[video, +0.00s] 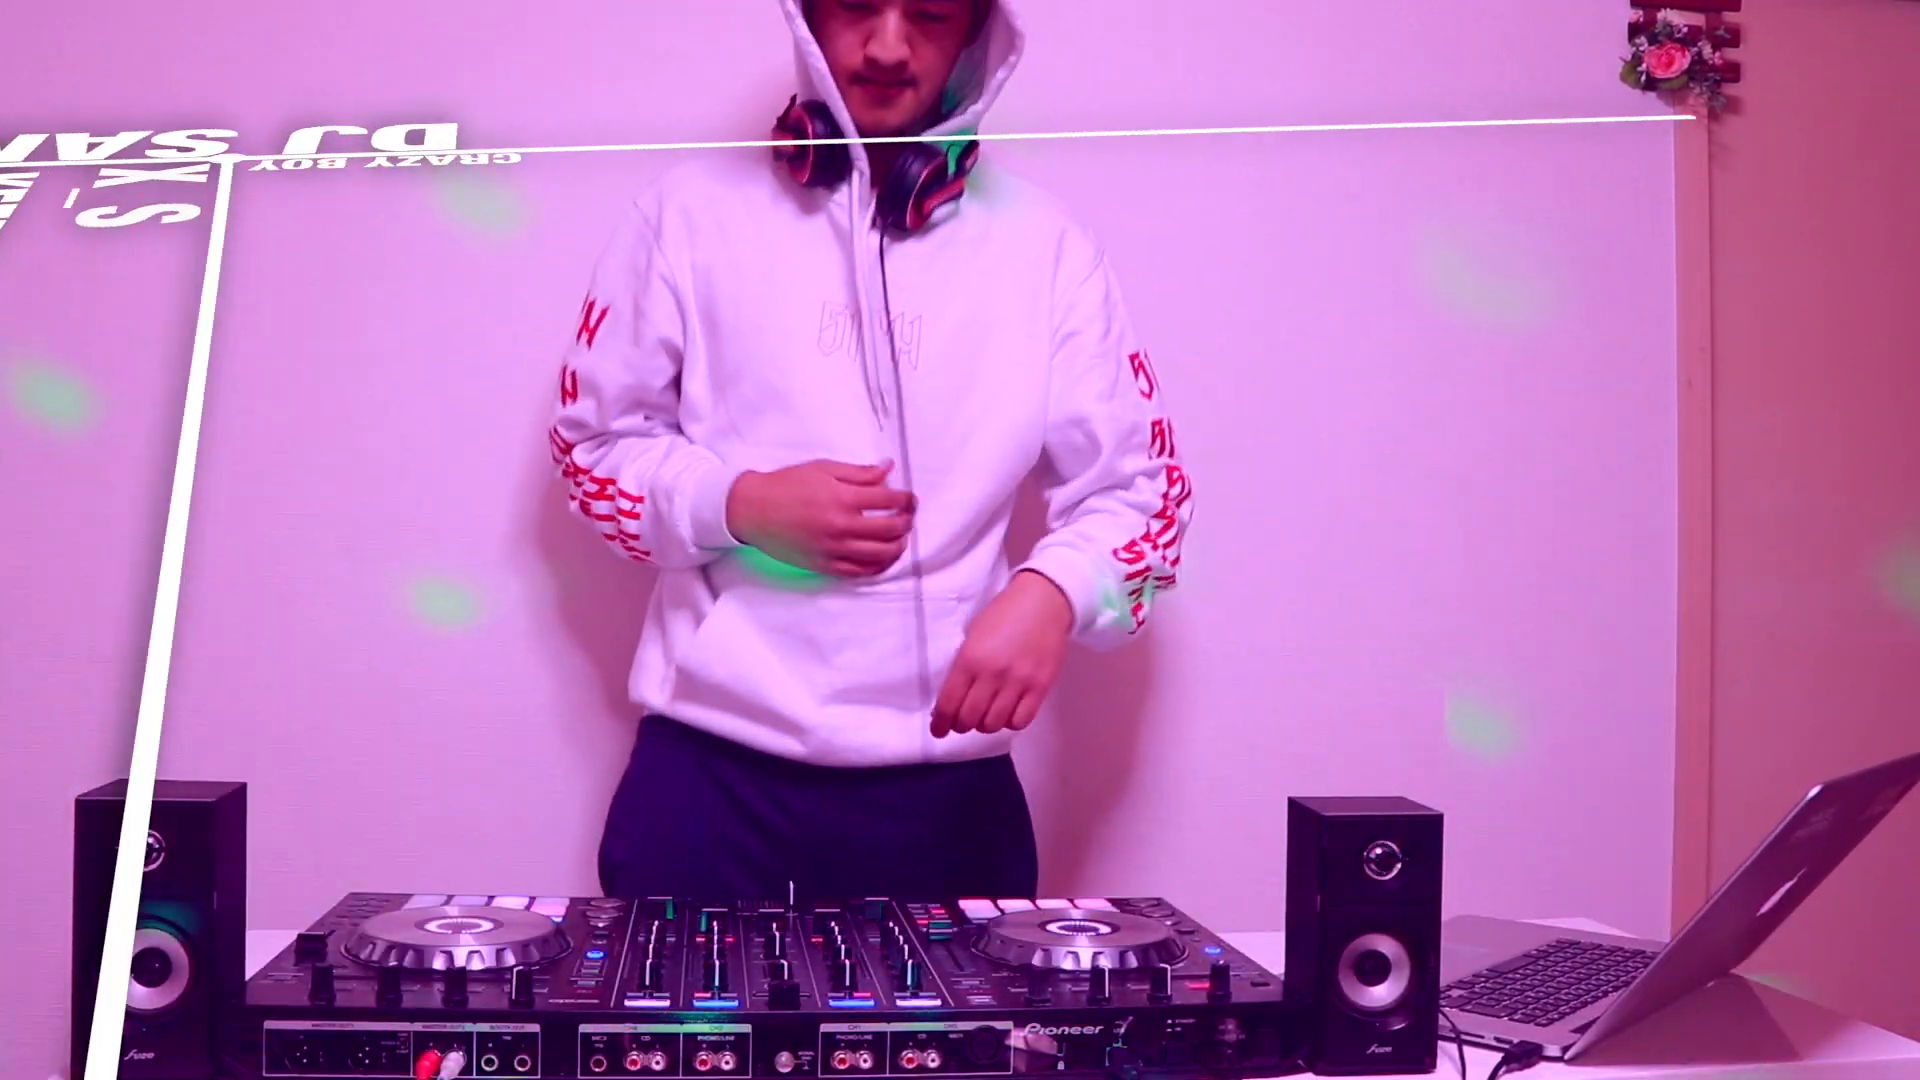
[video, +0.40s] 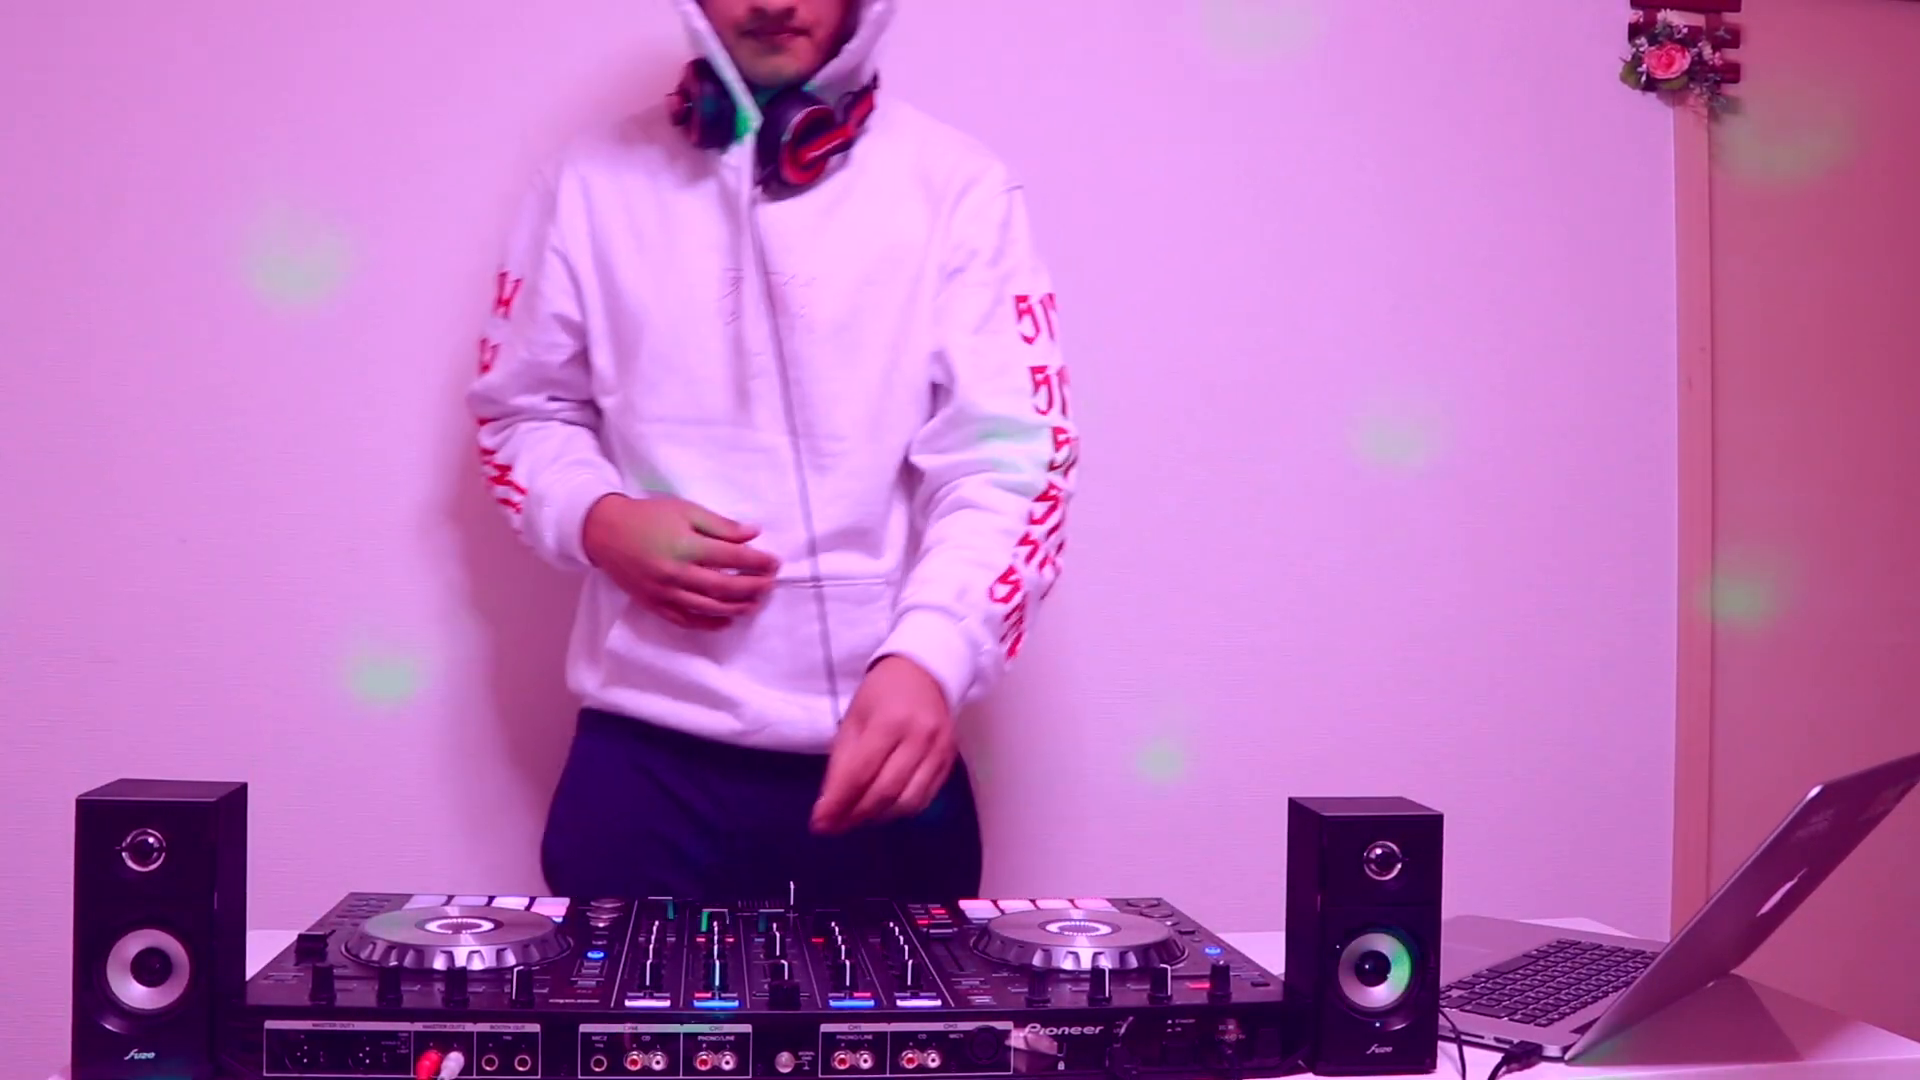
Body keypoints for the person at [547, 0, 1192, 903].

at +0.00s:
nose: (887, 49)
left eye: (926, 15)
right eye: (854, 11)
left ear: (971, 29)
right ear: (809, 20)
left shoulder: (1043, 249)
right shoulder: (693, 216)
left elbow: (1138, 488)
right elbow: (597, 447)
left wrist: (1052, 590)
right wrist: (742, 506)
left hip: (947, 798)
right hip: (714, 788)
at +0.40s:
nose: (773, 0)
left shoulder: (957, 192)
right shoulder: (595, 187)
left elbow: (1010, 466)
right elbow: (521, 415)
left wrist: (930, 660)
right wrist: (603, 523)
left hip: (884, 772)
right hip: (651, 763)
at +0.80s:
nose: (642, 53)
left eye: (675, 6)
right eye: (597, 15)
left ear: (737, 10)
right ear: (552, 31)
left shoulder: (865, 215)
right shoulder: (518, 210)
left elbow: (936, 517)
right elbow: (460, 432)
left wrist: (788, 694)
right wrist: (469, 509)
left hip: (817, 805)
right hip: (580, 792)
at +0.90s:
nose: (665, 51)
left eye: (697, 6)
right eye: (621, 14)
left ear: (759, 8)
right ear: (581, 29)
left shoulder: (888, 200)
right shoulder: (540, 197)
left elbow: (950, 484)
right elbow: (466, 406)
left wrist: (719, 635)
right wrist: (458, 425)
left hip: (821, 791)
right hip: (585, 779)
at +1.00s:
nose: (721, 24)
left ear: (809, 10)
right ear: (640, 20)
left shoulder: (922, 210)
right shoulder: (567, 216)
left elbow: (958, 487)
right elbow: (494, 491)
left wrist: (700, 605)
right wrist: (465, 367)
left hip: (846, 797)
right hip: (608, 791)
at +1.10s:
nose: (769, 32)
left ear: (858, 19)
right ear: (689, 20)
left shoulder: (953, 233)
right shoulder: (599, 218)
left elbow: (972, 503)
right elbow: (498, 496)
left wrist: (716, 595)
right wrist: (493, 332)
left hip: (872, 801)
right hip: (632, 794)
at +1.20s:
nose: (815, 38)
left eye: (855, 4)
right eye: (781, 2)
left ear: (904, 21)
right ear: (732, 16)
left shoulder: (988, 229)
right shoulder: (627, 204)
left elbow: (1023, 489)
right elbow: (529, 481)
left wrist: (788, 589)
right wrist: (552, 359)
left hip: (896, 789)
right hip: (663, 778)